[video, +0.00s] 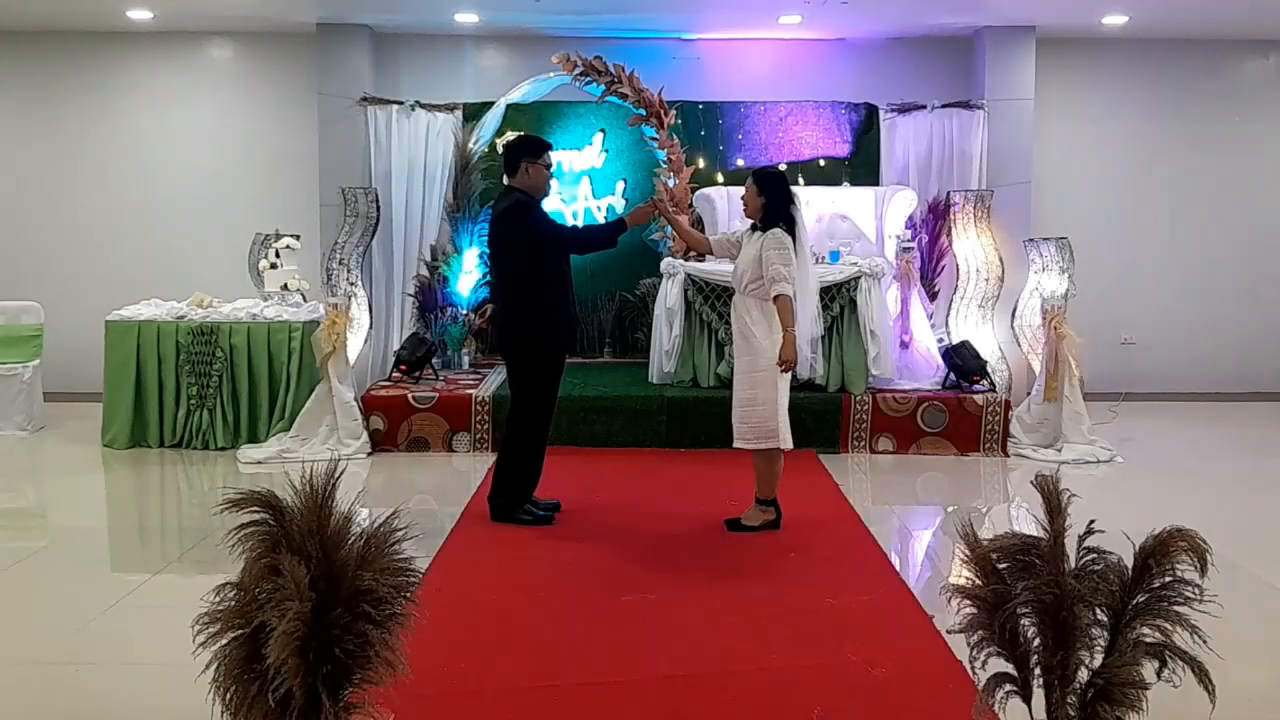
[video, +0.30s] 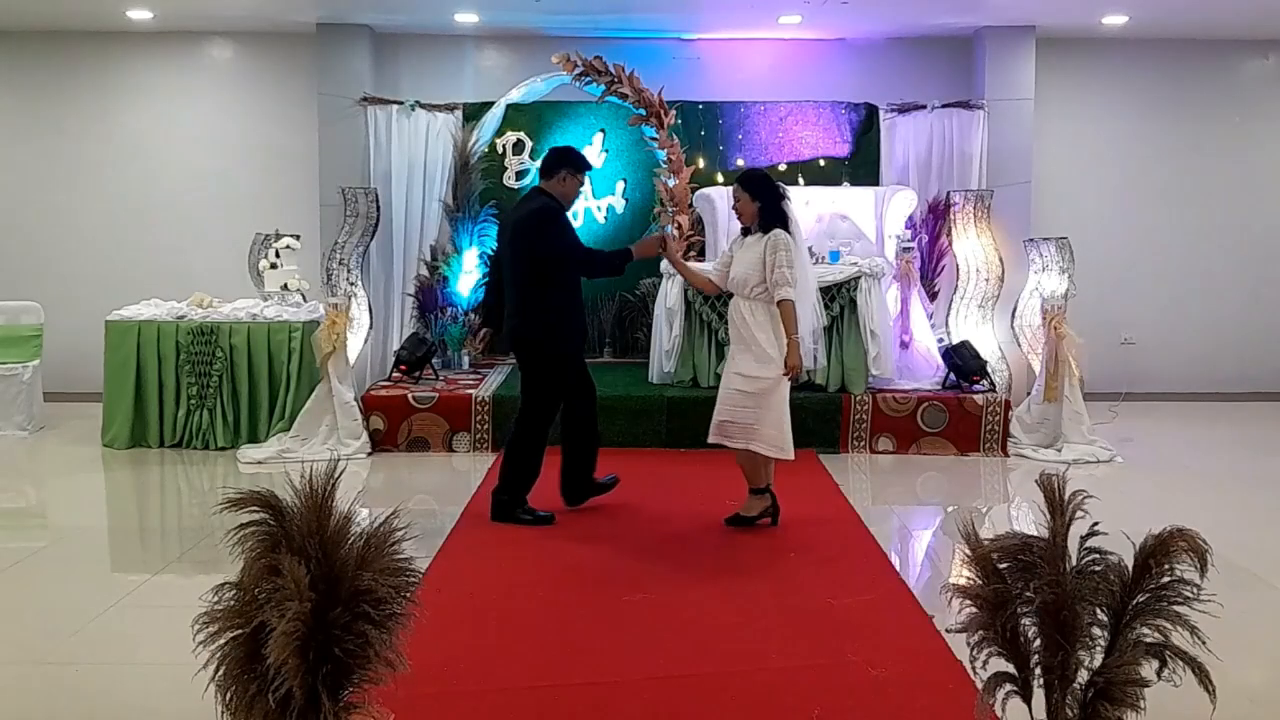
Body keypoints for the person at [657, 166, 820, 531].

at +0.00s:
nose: (743, 197)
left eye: (748, 191)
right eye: (745, 191)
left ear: (765, 197)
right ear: (762, 197)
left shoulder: (775, 239)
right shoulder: (749, 237)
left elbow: (782, 290)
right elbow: (704, 245)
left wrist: (789, 336)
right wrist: (670, 216)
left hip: (766, 343)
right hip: (750, 343)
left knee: (764, 423)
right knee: (759, 421)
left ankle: (766, 506)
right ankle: (764, 504)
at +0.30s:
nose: (735, 207)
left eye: (739, 200)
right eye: (734, 201)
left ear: (759, 201)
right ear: (744, 203)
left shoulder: (777, 240)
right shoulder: (739, 243)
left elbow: (784, 295)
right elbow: (711, 285)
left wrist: (793, 347)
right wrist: (675, 261)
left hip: (766, 342)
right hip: (743, 342)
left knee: (741, 417)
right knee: (746, 418)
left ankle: (760, 495)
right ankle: (762, 495)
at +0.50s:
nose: (717, 212)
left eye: (722, 204)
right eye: (716, 205)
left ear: (743, 204)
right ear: (728, 208)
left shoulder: (769, 243)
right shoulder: (726, 249)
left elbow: (779, 299)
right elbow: (719, 306)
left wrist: (788, 349)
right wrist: (684, 323)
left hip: (759, 350)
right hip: (727, 348)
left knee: (720, 420)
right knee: (742, 425)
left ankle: (699, 506)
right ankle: (764, 502)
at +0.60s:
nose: (707, 215)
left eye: (712, 208)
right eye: (704, 209)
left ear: (732, 207)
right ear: (707, 212)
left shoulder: (758, 246)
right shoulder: (709, 251)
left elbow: (770, 301)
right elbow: (709, 308)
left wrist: (780, 350)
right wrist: (687, 341)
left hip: (749, 353)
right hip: (717, 351)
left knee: (715, 425)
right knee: (736, 427)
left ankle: (682, 510)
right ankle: (763, 502)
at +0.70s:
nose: (690, 215)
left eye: (696, 208)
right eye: (688, 208)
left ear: (716, 208)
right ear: (693, 211)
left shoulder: (742, 246)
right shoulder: (694, 251)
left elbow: (756, 302)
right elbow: (691, 308)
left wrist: (766, 352)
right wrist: (676, 349)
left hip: (733, 351)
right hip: (701, 350)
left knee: (702, 426)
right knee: (731, 426)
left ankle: (676, 514)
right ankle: (762, 501)